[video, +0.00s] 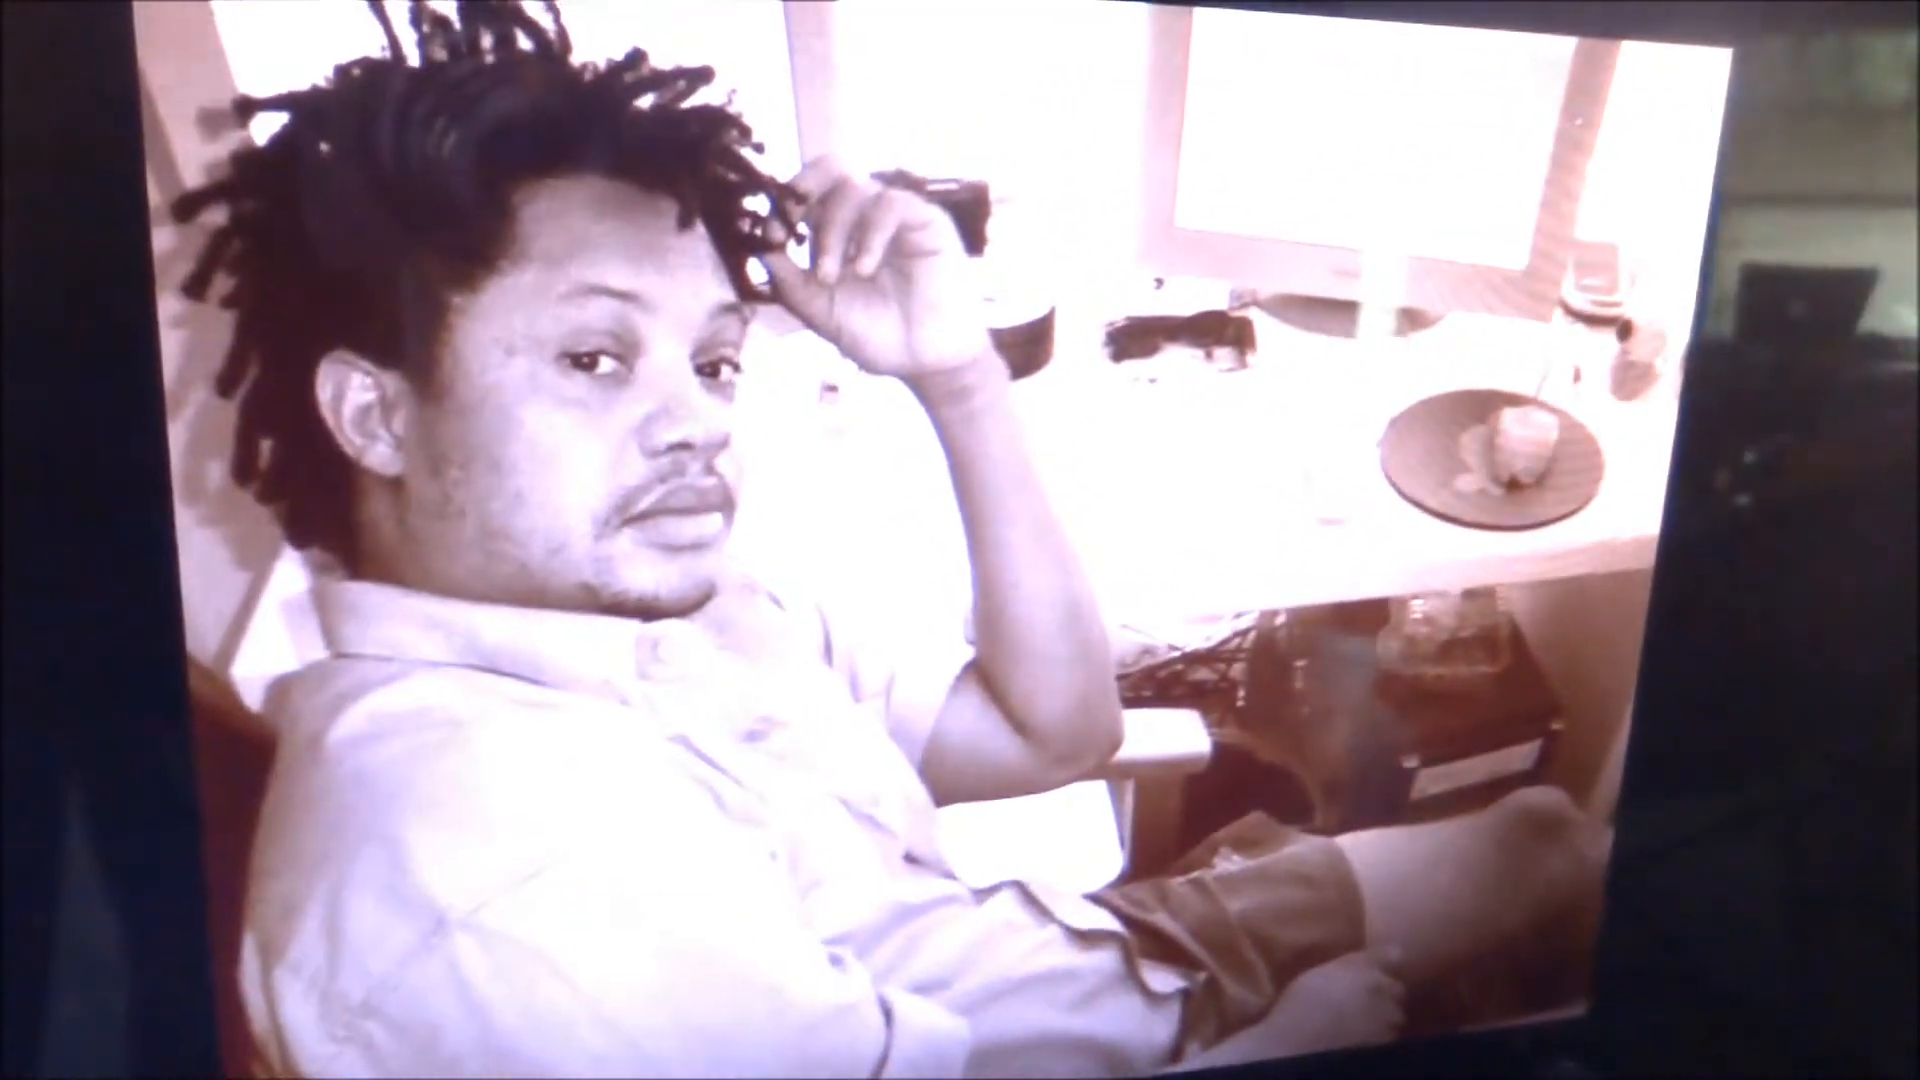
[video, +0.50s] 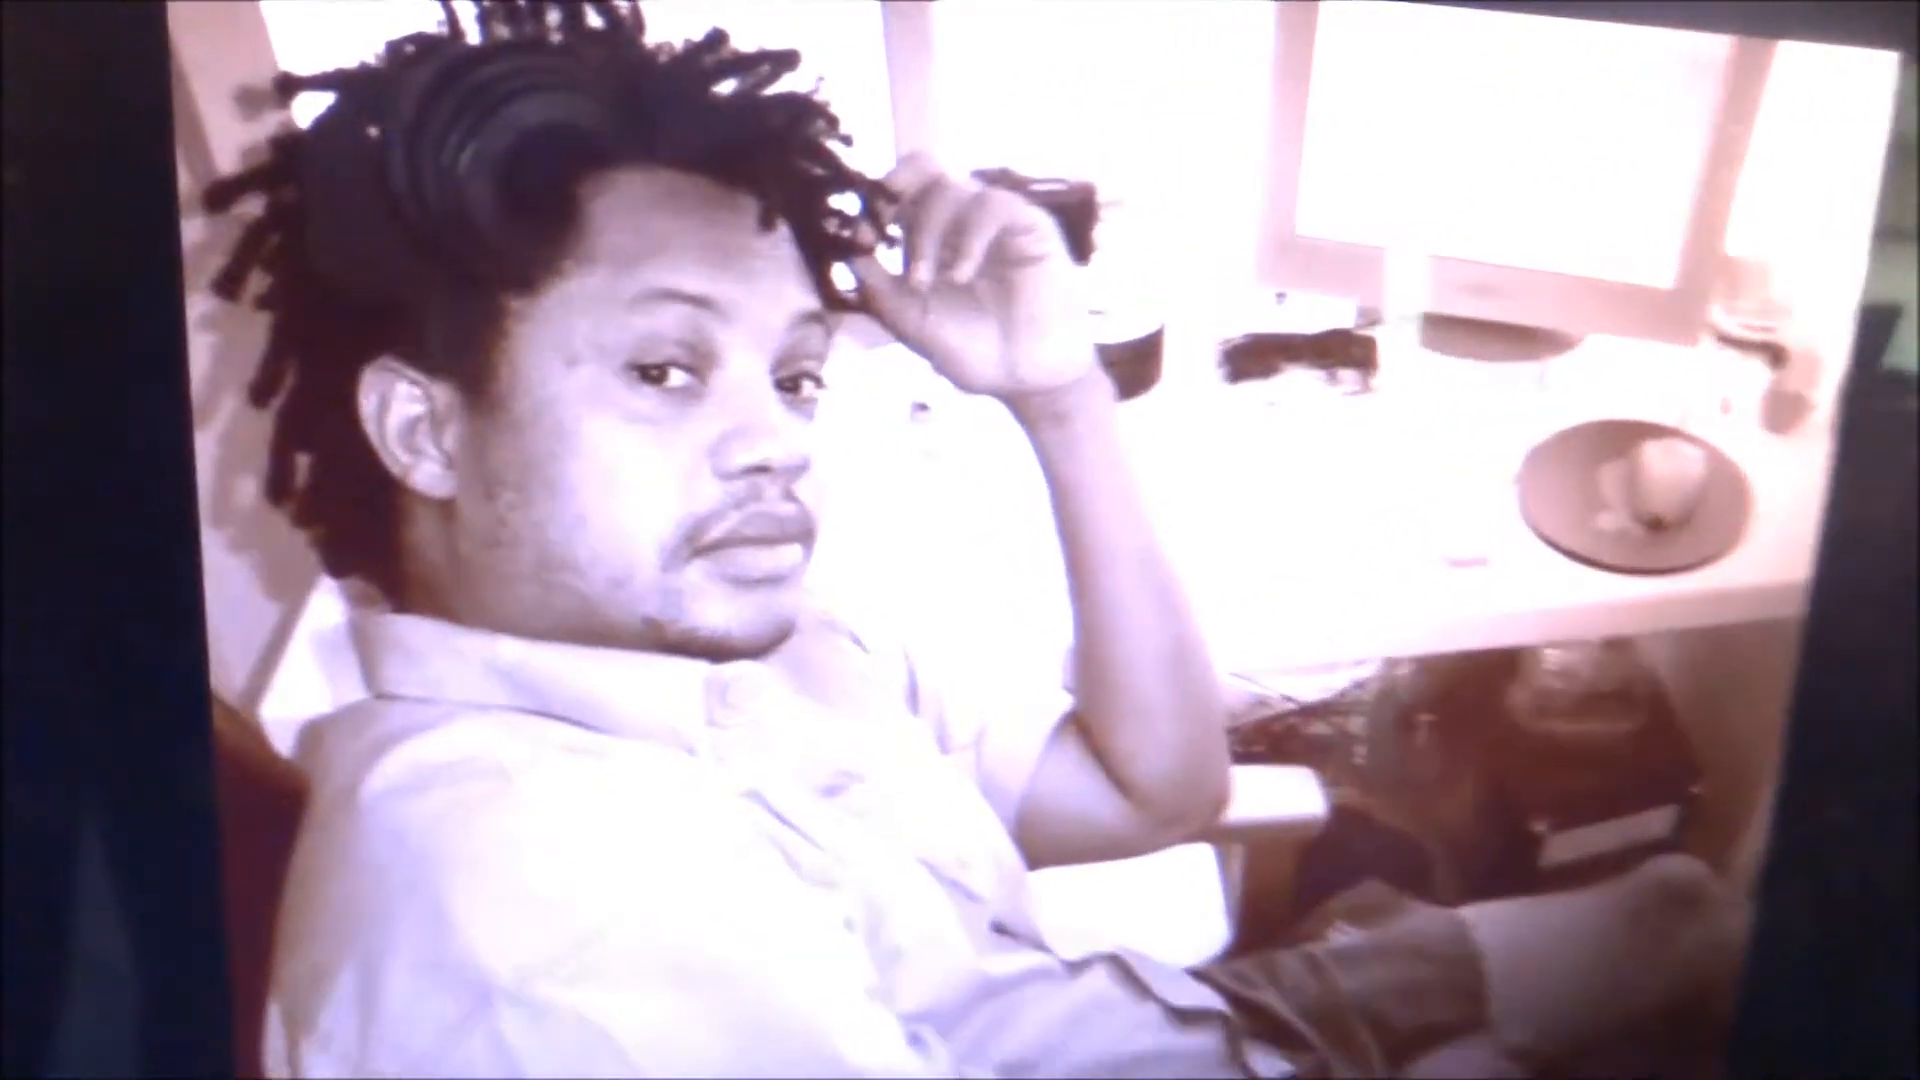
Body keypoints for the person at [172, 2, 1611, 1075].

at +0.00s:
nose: (701, 425)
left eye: (709, 358)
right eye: (594, 358)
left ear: (744, 356)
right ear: (369, 411)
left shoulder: (688, 613)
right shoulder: (452, 835)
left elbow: (1052, 736)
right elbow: (910, 1053)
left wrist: (957, 380)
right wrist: (1356, 962)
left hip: (1070, 931)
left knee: (1537, 820)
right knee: (1570, 857)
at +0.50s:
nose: (777, 456)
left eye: (788, 383)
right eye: (665, 375)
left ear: (826, 391)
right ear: (418, 428)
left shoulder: (771, 663)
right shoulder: (498, 875)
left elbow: (1159, 790)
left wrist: (1059, 394)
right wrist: (1459, 1036)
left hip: (1213, 1015)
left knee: (1683, 906)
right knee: (1710, 948)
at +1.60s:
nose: (1125, 560)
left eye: (1157, 447)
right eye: (940, 425)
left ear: (1204, 462)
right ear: (505, 536)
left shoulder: (1231, 956)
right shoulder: (250, 981)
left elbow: (1670, 1051)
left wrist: (1574, 479)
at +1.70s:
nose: (1123, 571)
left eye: (1154, 456)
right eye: (934, 437)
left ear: (1200, 464)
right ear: (495, 551)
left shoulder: (1214, 974)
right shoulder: (311, 1040)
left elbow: (1669, 1046)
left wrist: (1569, 480)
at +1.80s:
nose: (1095, 591)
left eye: (1125, 478)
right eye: (896, 461)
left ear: (1174, 487)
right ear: (446, 581)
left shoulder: (1182, 1000)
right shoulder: (227, 1042)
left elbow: (1649, 1052)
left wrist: (1549, 512)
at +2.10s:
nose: (1038, 579)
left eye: (1066, 465)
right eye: (837, 442)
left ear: (1113, 477)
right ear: (380, 560)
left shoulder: (1140, 986)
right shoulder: (83, 974)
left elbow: (1595, 1044)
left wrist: (1489, 488)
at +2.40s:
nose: (1010, 603)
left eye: (1040, 492)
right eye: (830, 481)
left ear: (1091, 499)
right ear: (406, 586)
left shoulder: (1102, 981)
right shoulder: (170, 1020)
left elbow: (1532, 1049)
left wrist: (1438, 531)